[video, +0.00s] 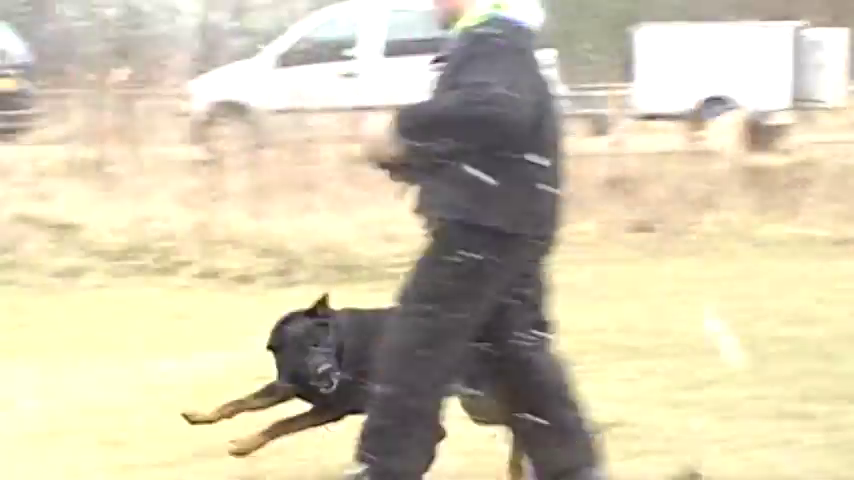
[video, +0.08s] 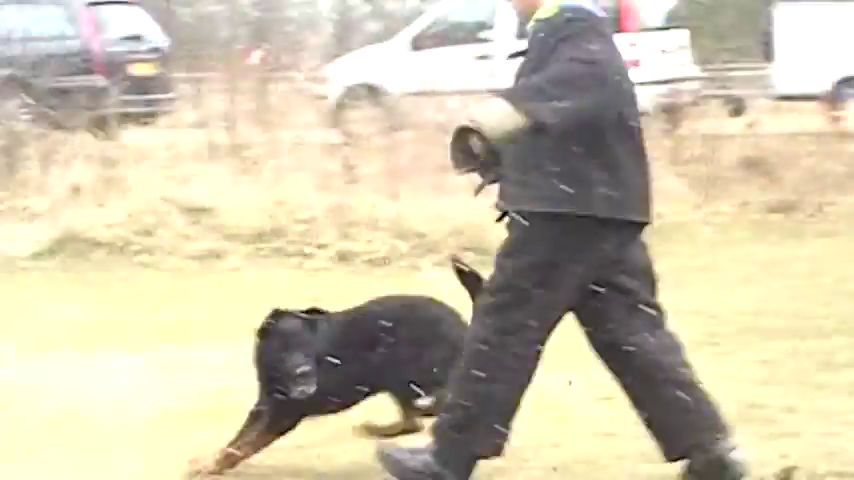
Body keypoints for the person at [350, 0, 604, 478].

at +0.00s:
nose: (437, 8)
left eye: (441, 2)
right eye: (438, 4)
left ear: (458, 2)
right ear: (484, 2)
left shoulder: (490, 41)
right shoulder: (494, 45)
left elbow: (502, 111)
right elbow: (473, 145)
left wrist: (406, 125)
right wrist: (409, 158)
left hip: (486, 228)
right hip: (510, 230)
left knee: (415, 342)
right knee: (518, 352)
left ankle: (387, 466)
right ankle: (570, 465)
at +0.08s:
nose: (512, 6)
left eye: (517, 1)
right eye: (514, 2)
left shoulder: (573, 27)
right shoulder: (558, 37)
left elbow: (591, 86)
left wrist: (513, 112)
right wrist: (500, 150)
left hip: (565, 214)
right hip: (600, 216)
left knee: (503, 330)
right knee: (633, 336)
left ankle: (449, 455)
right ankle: (709, 451)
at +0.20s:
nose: (473, 5)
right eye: (473, 1)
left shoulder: (530, 32)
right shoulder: (526, 36)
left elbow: (547, 97)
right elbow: (492, 105)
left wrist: (461, 136)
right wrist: (450, 137)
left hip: (515, 215)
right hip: (556, 215)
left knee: (456, 330)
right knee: (576, 326)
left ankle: (460, 466)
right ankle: (688, 404)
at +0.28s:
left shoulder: (489, 18)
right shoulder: (525, 25)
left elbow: (486, 98)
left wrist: (401, 125)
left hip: (478, 198)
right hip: (525, 198)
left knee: (447, 316)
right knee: (510, 304)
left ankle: (469, 450)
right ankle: (611, 386)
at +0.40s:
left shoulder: (451, 7)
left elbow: (432, 72)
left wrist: (366, 74)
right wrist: (385, 84)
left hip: (456, 164)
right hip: (436, 161)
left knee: (463, 292)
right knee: (414, 280)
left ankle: (498, 425)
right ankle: (456, 404)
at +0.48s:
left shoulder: (436, 6)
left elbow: (404, 64)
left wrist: (360, 62)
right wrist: (380, 65)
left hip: (448, 157)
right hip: (425, 155)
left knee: (478, 283)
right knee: (396, 275)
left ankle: (527, 417)